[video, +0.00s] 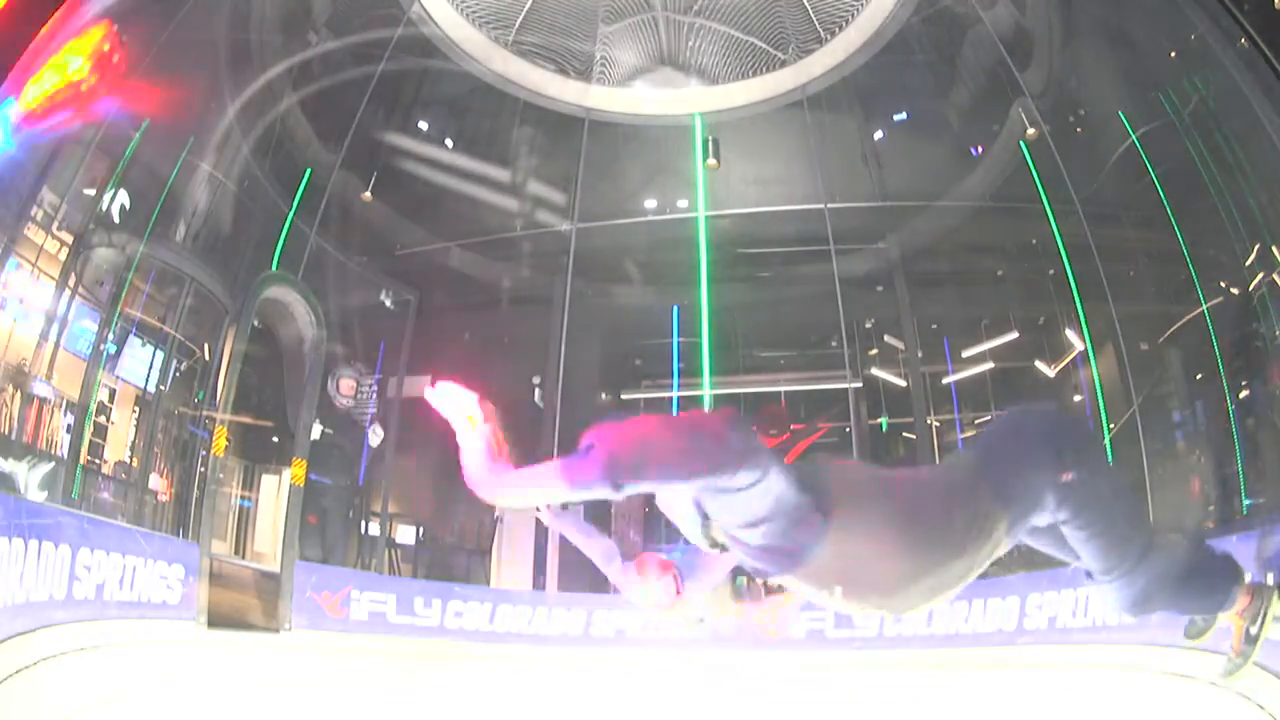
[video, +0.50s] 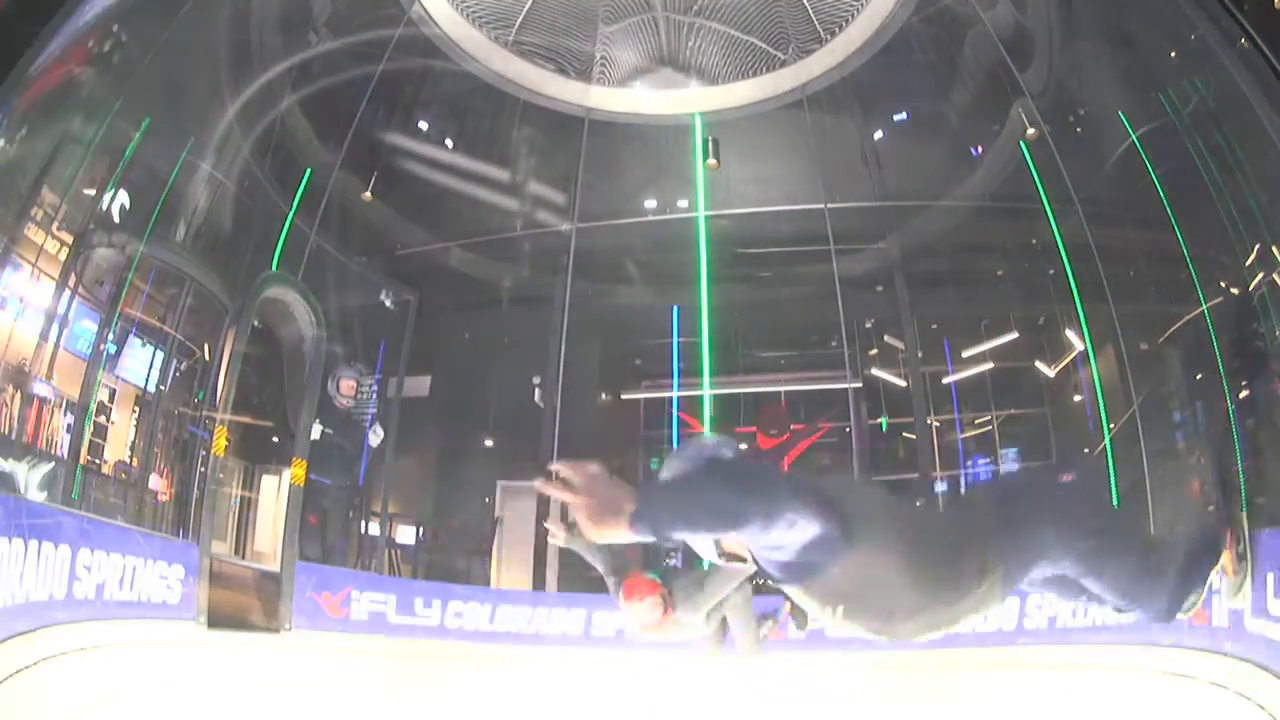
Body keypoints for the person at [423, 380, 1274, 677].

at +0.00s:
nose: (671, 570)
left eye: (667, 558)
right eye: (662, 570)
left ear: (696, 532)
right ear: (688, 572)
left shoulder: (774, 506)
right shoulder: (754, 576)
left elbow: (637, 456)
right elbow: (628, 569)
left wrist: (498, 481)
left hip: (1022, 472)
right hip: (993, 533)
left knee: (1141, 573)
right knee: (1109, 562)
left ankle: (1231, 600)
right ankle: (1214, 583)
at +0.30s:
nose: (692, 548)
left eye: (688, 533)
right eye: (684, 547)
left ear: (710, 510)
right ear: (686, 549)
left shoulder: (795, 515)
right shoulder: (754, 556)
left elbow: (681, 475)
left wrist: (564, 490)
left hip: (1019, 485)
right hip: (993, 548)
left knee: (1134, 589)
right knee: (1114, 586)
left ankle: (1242, 614)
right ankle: (1226, 606)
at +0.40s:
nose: (721, 543)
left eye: (717, 533)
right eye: (712, 545)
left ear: (739, 518)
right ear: (723, 558)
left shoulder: (803, 536)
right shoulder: (793, 576)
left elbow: (722, 481)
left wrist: (571, 521)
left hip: (1028, 499)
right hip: (1011, 541)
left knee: (1132, 604)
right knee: (1119, 605)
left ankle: (1226, 558)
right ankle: (1201, 568)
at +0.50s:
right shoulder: (801, 546)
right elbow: (750, 494)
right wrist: (637, 509)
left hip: (917, 600)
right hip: (920, 574)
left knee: (1042, 523)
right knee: (1048, 498)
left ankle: (1148, 588)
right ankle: (1157, 586)